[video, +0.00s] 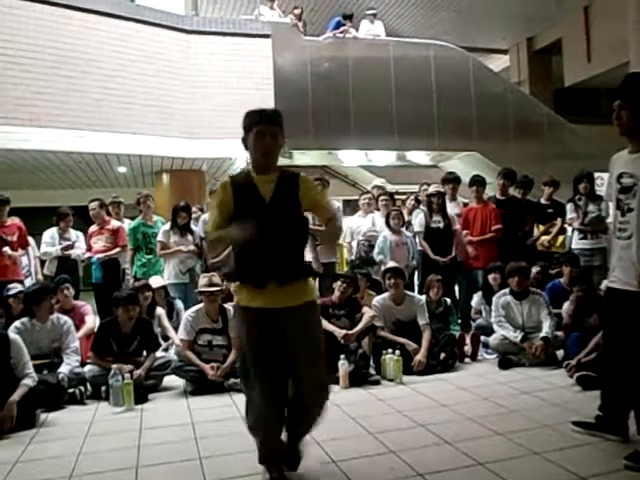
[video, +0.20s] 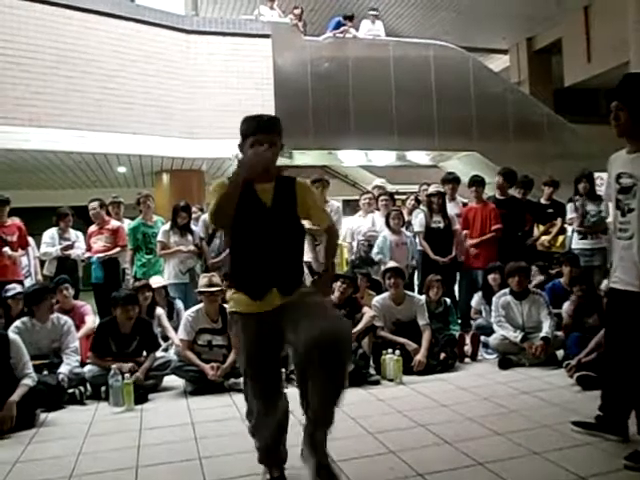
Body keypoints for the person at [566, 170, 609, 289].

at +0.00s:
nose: (585, 185)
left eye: (588, 182)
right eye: (581, 182)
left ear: (592, 185)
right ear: (577, 185)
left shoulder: (600, 202)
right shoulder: (572, 204)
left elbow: (604, 224)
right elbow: (575, 224)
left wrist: (583, 226)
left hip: (598, 247)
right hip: (579, 247)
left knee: (597, 283)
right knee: (579, 283)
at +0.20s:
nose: (584, 185)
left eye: (587, 182)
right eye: (581, 182)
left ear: (592, 184)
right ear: (576, 185)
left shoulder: (600, 202)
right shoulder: (572, 204)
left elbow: (605, 224)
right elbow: (577, 224)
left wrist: (586, 229)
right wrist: (581, 205)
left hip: (599, 248)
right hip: (580, 248)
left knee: (596, 285)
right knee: (580, 285)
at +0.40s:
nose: (584, 185)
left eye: (587, 182)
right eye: (581, 182)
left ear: (592, 185)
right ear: (576, 186)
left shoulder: (601, 203)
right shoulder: (572, 205)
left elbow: (605, 224)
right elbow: (576, 225)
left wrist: (585, 228)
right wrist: (598, 226)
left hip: (598, 248)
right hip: (579, 249)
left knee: (597, 285)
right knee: (580, 285)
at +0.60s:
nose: (583, 185)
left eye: (586, 182)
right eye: (580, 182)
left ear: (591, 184)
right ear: (576, 185)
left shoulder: (600, 203)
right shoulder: (573, 204)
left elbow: (604, 222)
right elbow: (576, 225)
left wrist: (584, 226)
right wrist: (597, 226)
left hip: (598, 246)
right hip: (579, 246)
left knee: (597, 281)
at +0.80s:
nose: (582, 186)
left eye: (586, 182)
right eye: (580, 182)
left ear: (591, 185)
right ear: (575, 185)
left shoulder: (600, 203)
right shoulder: (572, 204)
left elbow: (604, 224)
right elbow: (577, 226)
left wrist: (586, 228)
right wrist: (598, 227)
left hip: (598, 246)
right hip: (579, 247)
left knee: (598, 284)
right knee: (580, 283)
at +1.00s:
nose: (582, 186)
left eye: (585, 182)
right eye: (579, 182)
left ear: (590, 185)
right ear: (575, 185)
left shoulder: (600, 204)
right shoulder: (572, 204)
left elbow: (605, 224)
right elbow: (577, 226)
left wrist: (586, 229)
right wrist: (598, 226)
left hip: (598, 246)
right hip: (579, 247)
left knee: (597, 284)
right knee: (579, 283)